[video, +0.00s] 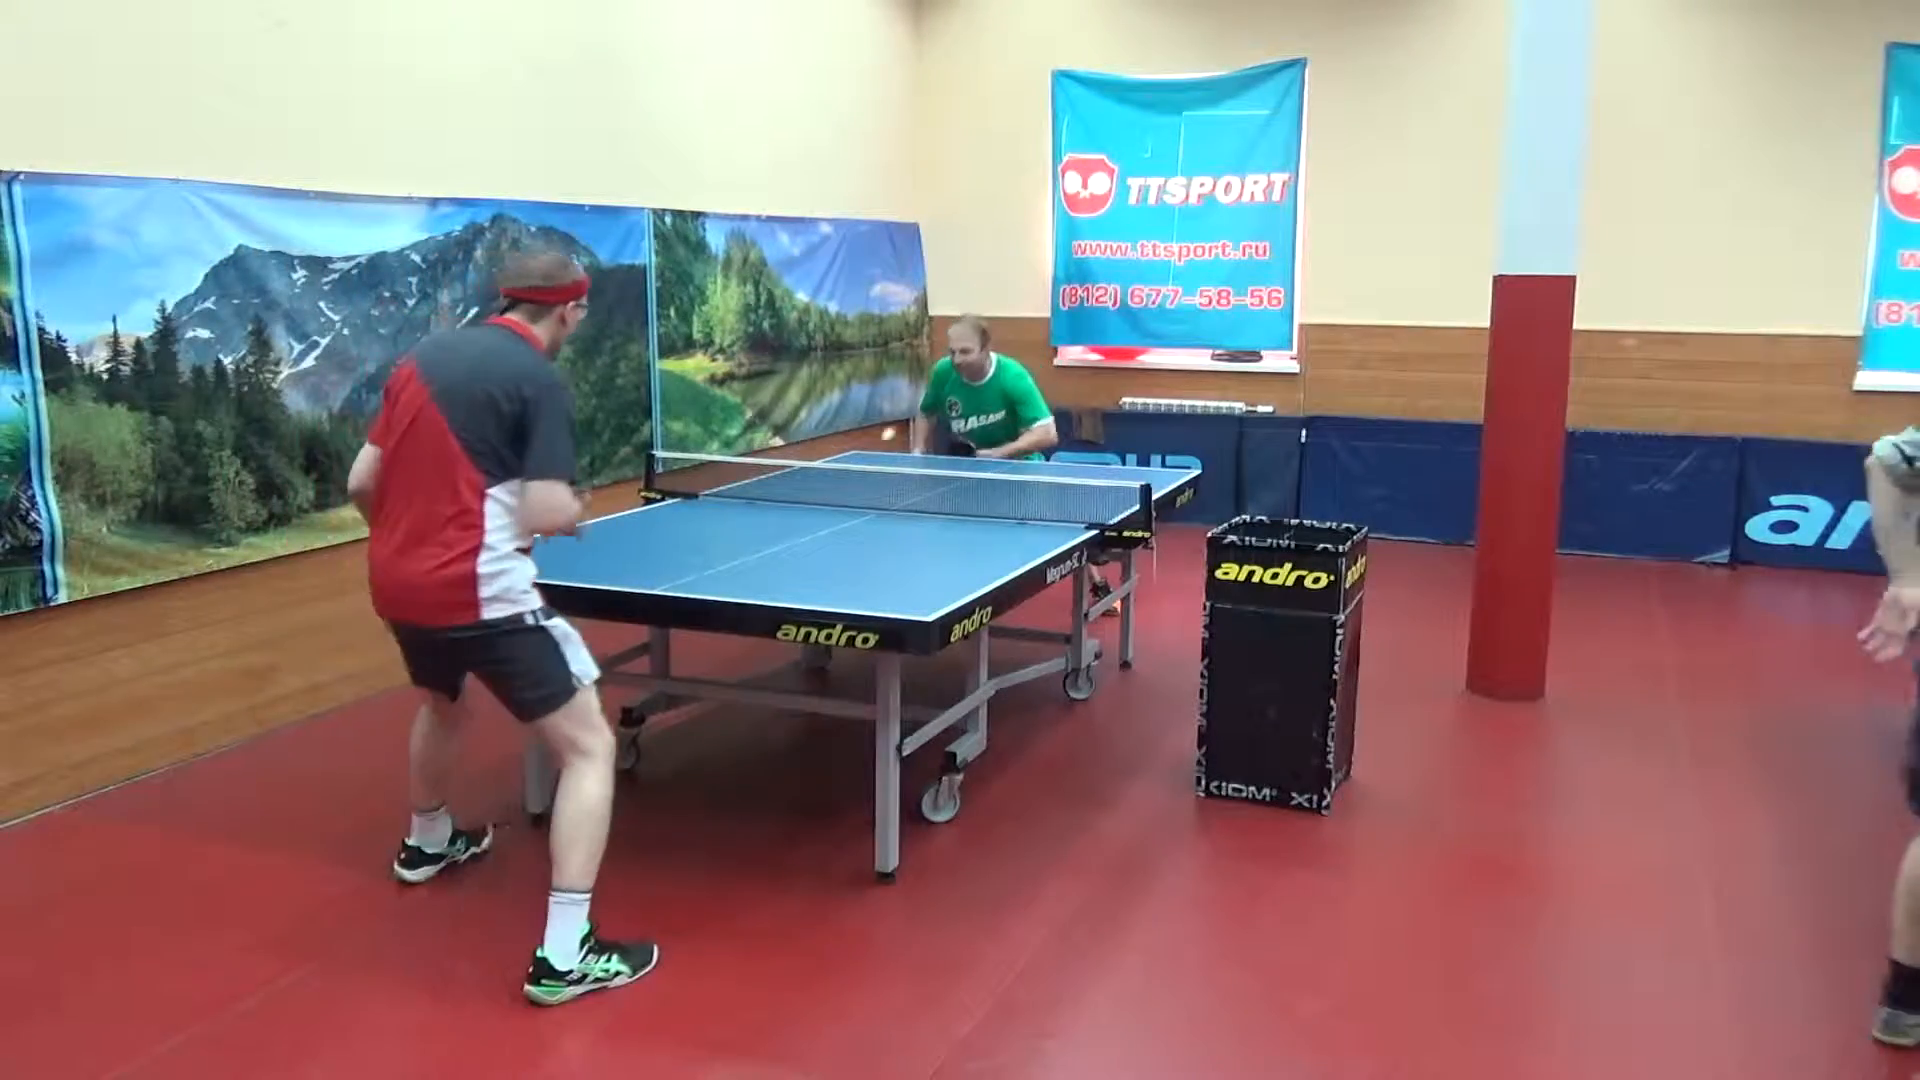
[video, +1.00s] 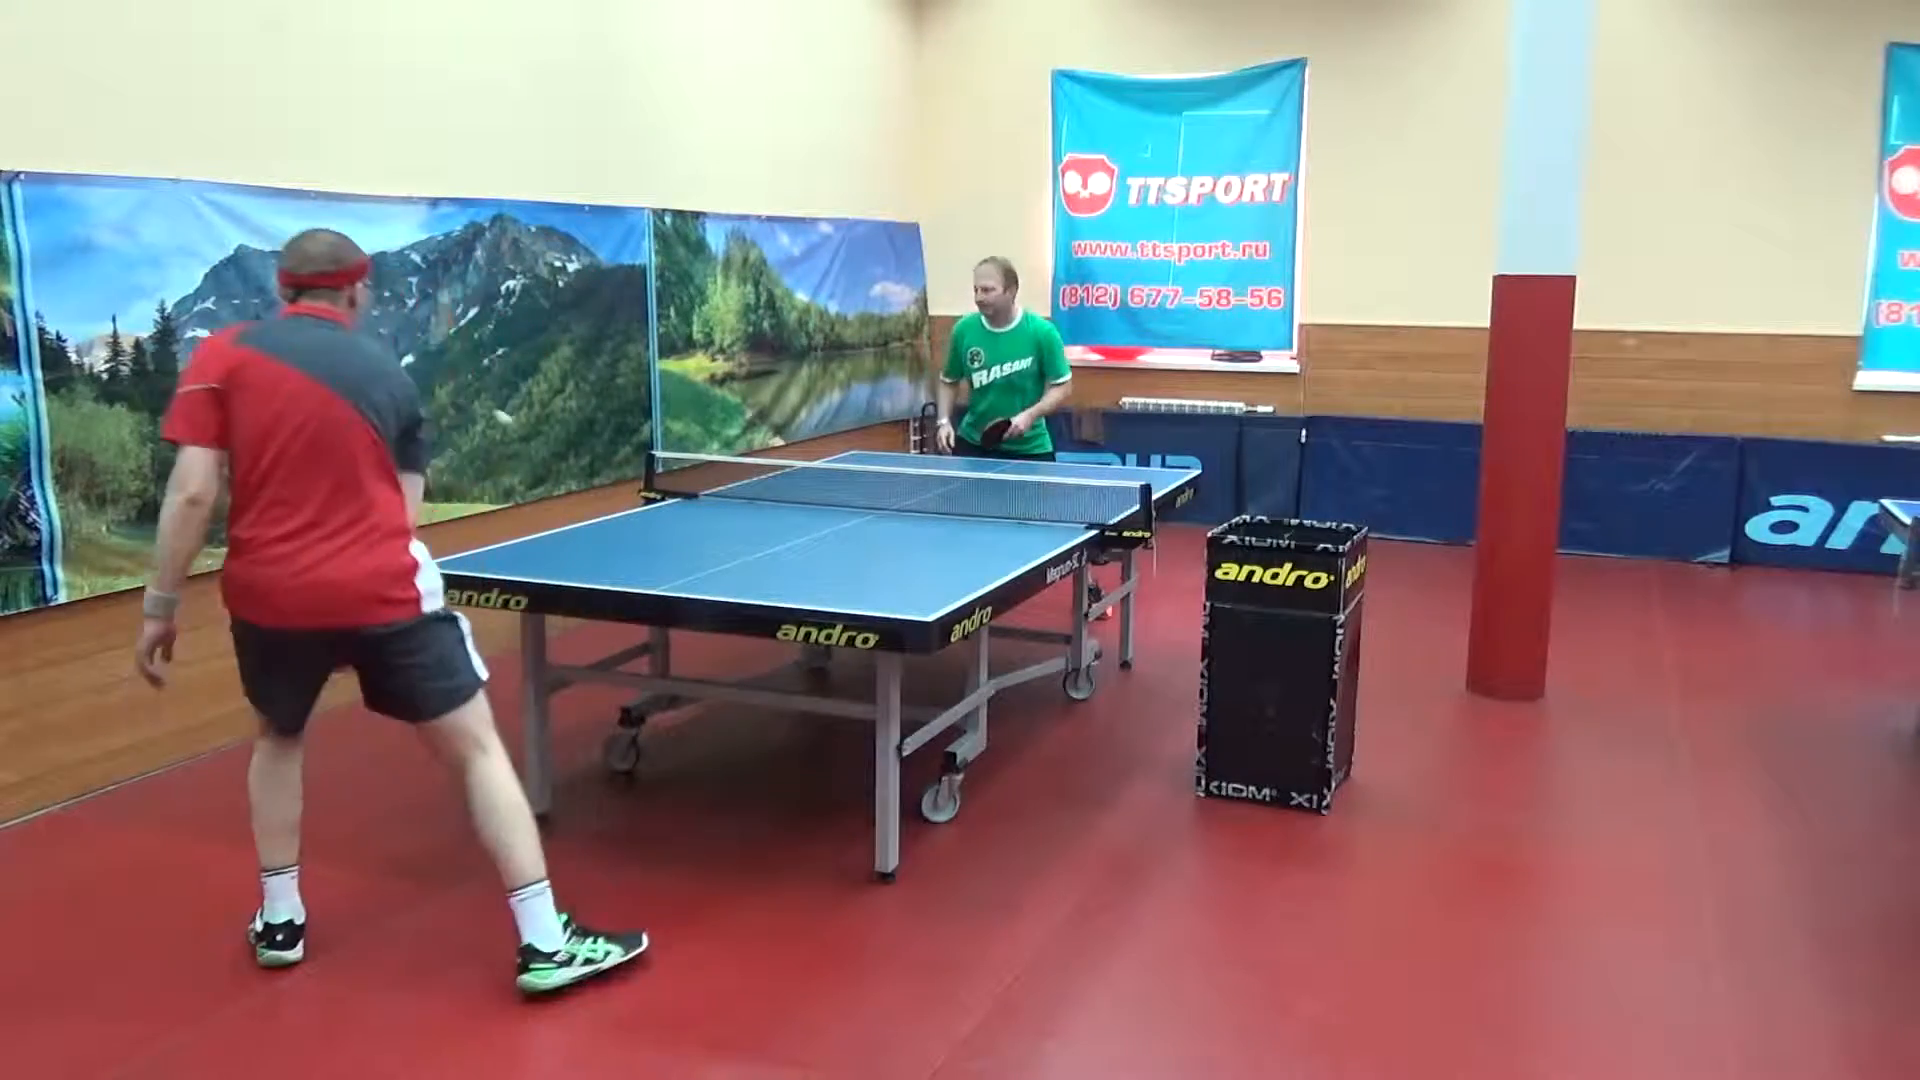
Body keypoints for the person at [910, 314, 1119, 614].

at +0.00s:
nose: (958, 359)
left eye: (965, 352)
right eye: (953, 352)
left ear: (986, 349)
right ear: (948, 349)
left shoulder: (1013, 376)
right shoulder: (942, 373)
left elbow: (1047, 434)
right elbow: (924, 415)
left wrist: (995, 453)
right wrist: (918, 456)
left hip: (1019, 466)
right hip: (968, 469)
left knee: (1052, 520)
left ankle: (1097, 584)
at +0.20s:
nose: (942, 338)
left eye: (950, 330)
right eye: (938, 330)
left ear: (970, 329)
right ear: (933, 328)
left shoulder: (992, 362)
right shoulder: (934, 356)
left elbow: (989, 421)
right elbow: (927, 403)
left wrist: (954, 418)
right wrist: (920, 438)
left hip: (1010, 457)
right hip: (963, 458)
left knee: (1052, 515)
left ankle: (1096, 583)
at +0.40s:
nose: (945, 313)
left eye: (953, 306)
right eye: (941, 306)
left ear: (974, 309)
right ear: (937, 309)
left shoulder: (997, 345)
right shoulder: (934, 344)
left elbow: (997, 407)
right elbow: (930, 399)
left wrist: (947, 416)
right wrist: (921, 432)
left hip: (1011, 453)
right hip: (960, 453)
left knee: (1046, 516)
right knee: (950, 525)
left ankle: (1087, 586)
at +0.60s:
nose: (960, 305)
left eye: (969, 298)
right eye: (956, 298)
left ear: (990, 301)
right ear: (953, 301)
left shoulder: (1011, 338)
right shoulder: (947, 339)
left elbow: (1020, 398)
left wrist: (966, 404)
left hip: (1017, 452)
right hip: (965, 451)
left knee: (1051, 516)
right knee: (954, 522)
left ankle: (1088, 588)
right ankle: (959, 597)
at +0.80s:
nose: (974, 298)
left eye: (983, 291)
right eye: (970, 291)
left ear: (1004, 295)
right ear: (965, 294)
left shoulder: (1028, 336)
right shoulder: (953, 334)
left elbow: (1051, 394)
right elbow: (938, 383)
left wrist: (1008, 409)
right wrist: (934, 424)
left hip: (1021, 448)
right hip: (967, 447)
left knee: (1049, 516)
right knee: (958, 521)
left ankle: (1087, 587)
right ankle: (958, 596)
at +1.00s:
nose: (978, 296)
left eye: (987, 290)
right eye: (976, 289)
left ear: (1012, 292)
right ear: (974, 289)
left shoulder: (1041, 332)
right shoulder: (964, 330)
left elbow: (1062, 387)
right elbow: (948, 382)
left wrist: (1029, 415)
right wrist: (944, 420)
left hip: (1029, 449)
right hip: (976, 449)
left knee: (1051, 519)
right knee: (969, 523)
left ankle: (1087, 587)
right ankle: (964, 599)